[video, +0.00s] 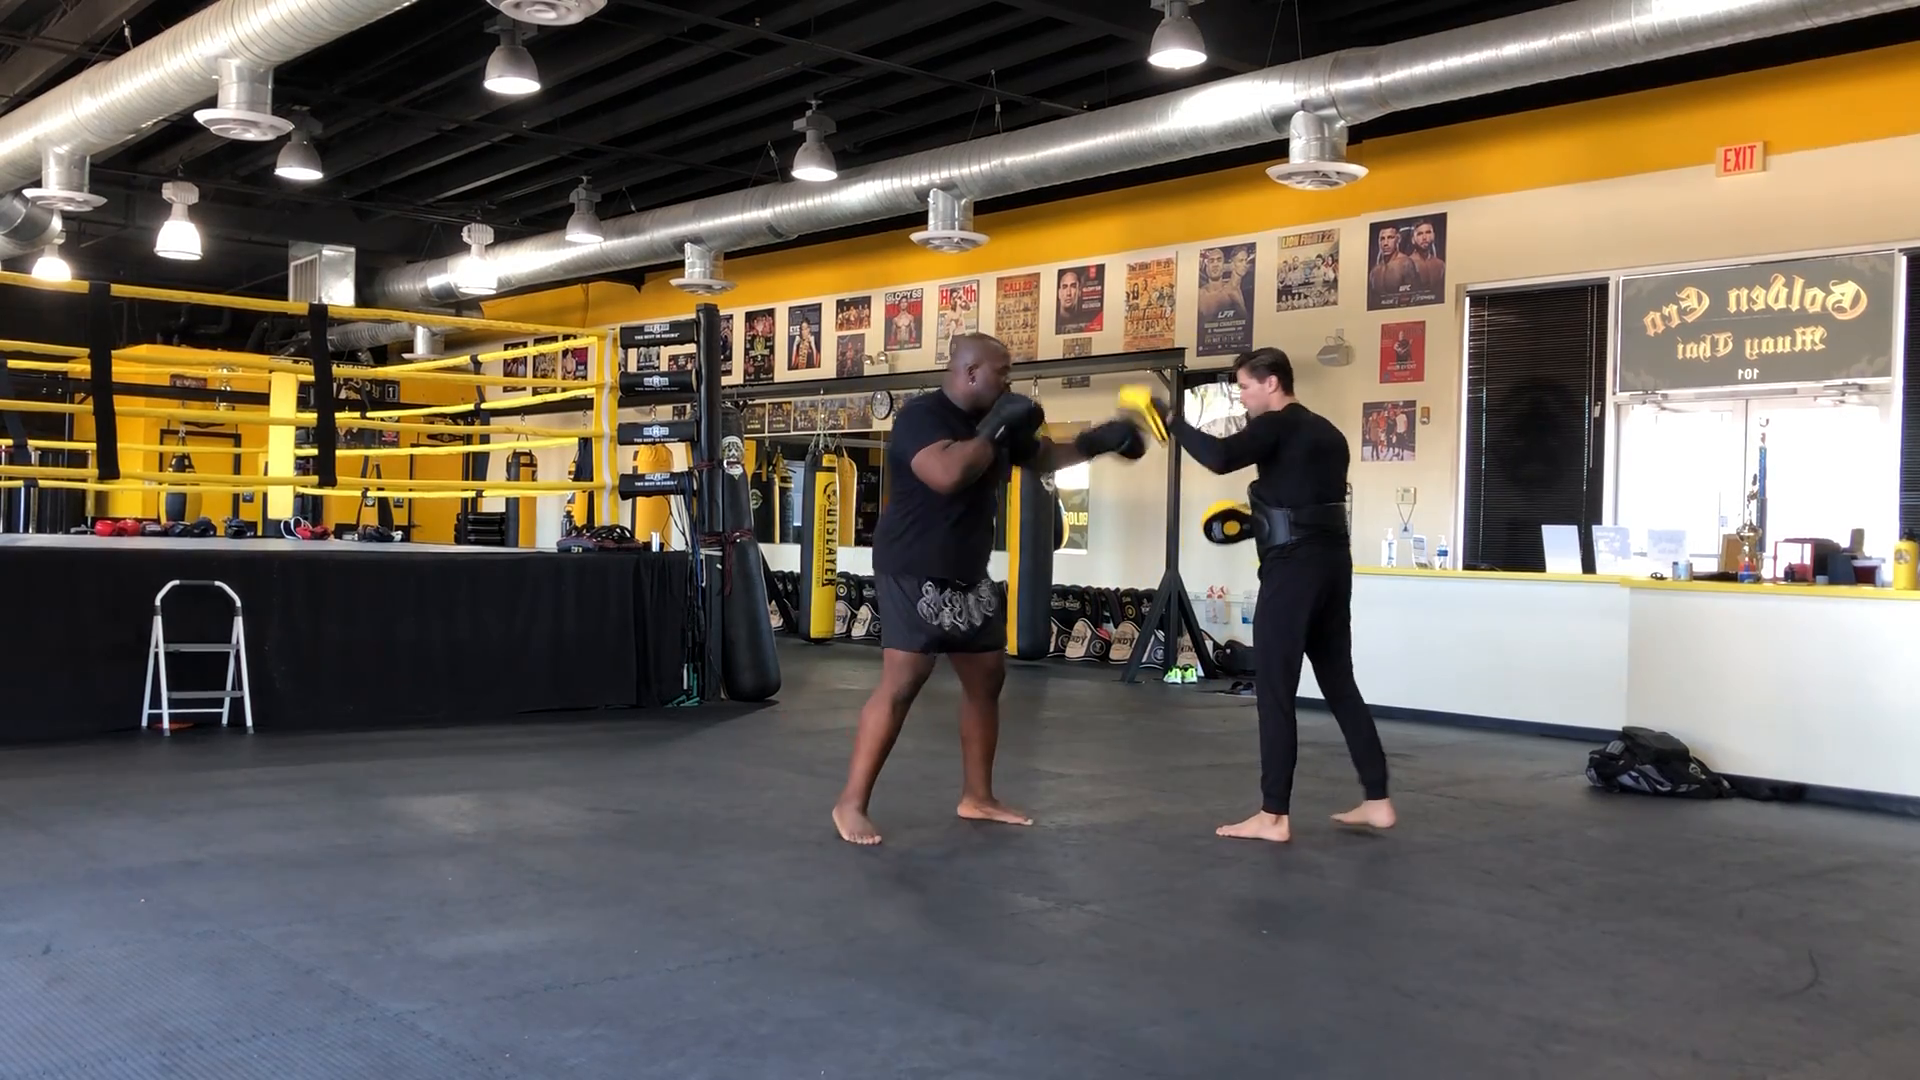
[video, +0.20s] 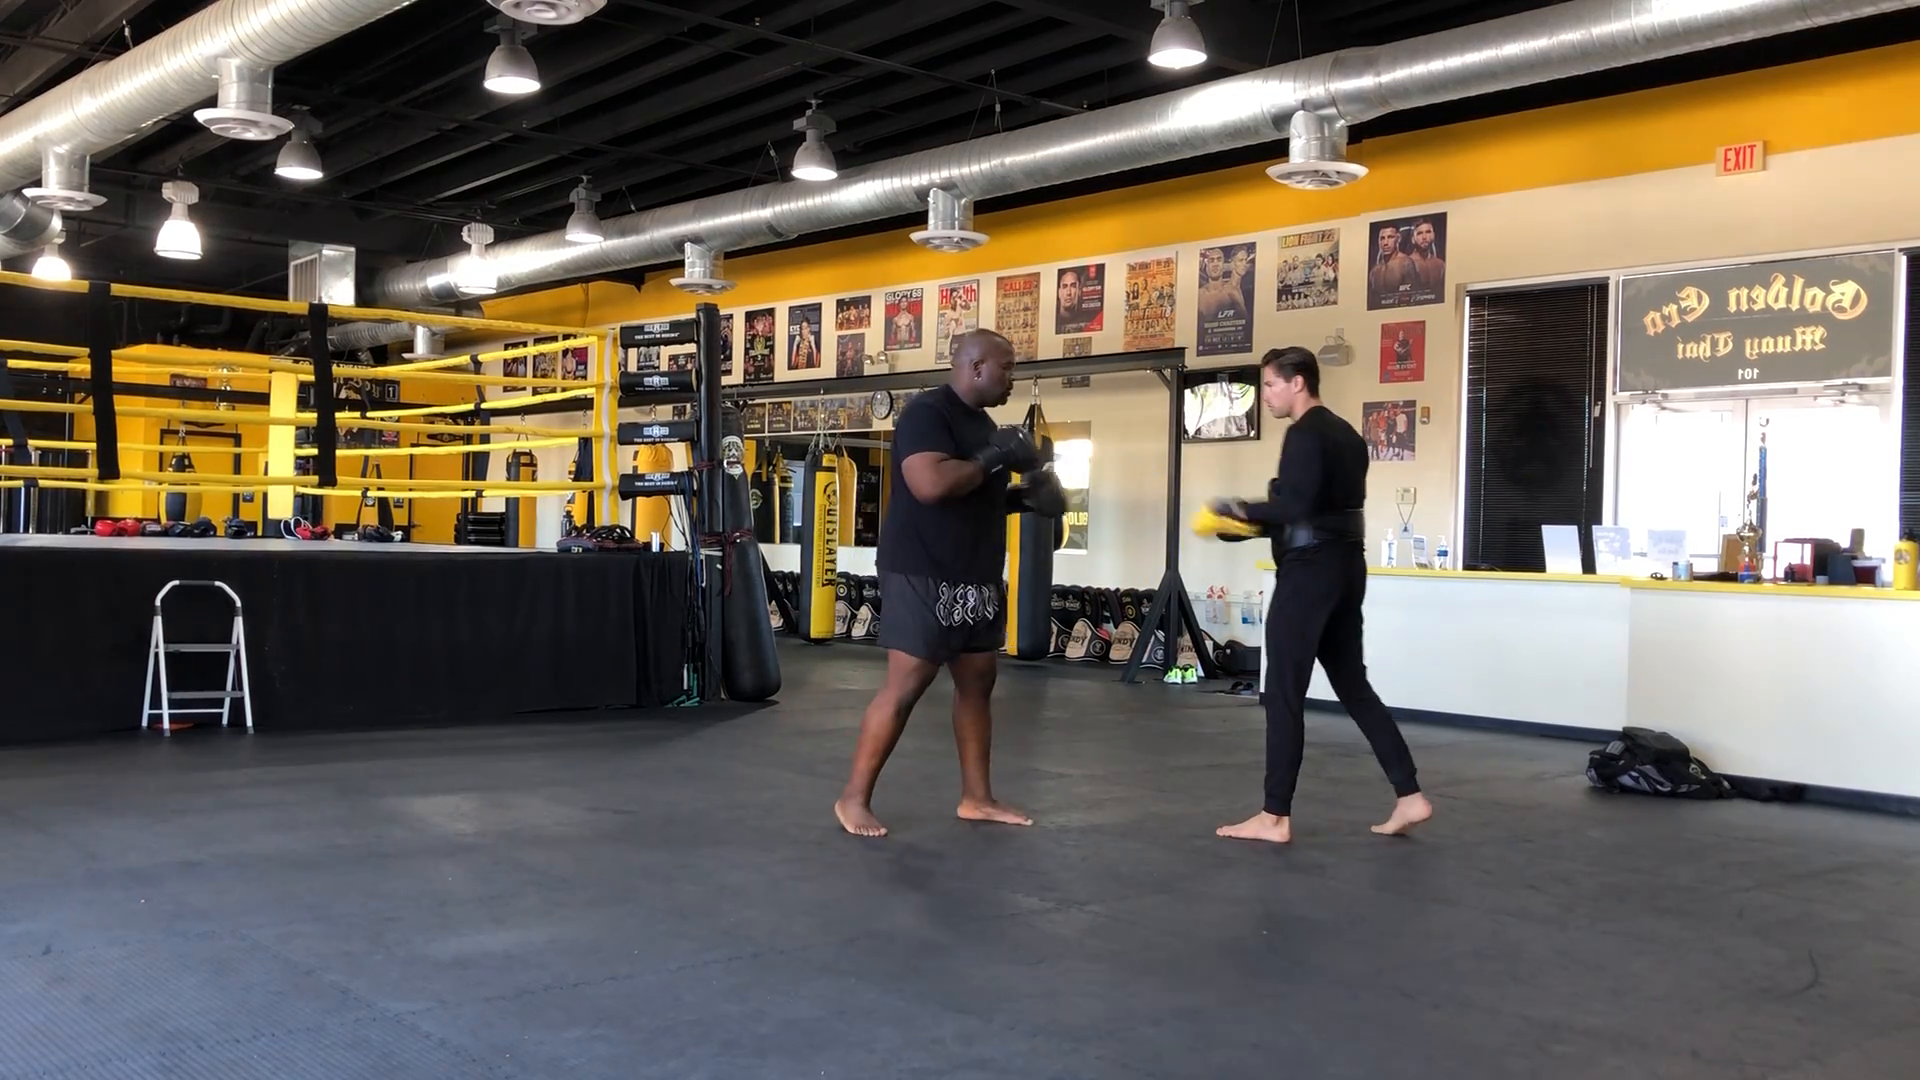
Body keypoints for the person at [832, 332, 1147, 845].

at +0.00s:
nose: (1006, 384)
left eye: (1007, 375)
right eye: (1001, 374)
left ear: (975, 372)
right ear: (968, 372)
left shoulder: (993, 419)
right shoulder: (919, 415)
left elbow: (1042, 456)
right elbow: (945, 473)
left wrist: (1095, 442)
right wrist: (995, 431)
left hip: (968, 574)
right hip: (911, 571)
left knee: (985, 677)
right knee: (902, 678)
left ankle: (978, 796)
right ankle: (850, 805)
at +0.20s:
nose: (1012, 378)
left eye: (1013, 369)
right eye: (1006, 368)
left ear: (979, 367)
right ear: (976, 367)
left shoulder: (987, 429)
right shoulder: (924, 411)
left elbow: (980, 500)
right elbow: (929, 483)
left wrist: (1026, 498)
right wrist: (994, 456)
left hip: (977, 573)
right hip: (920, 571)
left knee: (977, 680)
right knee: (906, 682)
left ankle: (977, 797)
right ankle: (853, 800)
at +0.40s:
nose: (990, 387)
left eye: (991, 378)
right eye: (985, 376)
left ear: (955, 371)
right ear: (956, 372)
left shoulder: (952, 428)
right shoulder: (916, 420)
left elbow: (963, 495)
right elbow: (957, 498)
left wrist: (996, 510)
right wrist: (992, 459)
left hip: (956, 578)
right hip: (909, 578)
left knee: (991, 671)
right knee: (896, 684)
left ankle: (979, 791)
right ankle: (848, 808)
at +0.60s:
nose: (993, 379)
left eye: (992, 370)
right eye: (988, 369)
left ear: (958, 365)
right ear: (958, 365)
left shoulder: (957, 424)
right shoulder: (920, 412)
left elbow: (985, 484)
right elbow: (955, 491)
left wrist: (1002, 463)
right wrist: (994, 456)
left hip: (956, 573)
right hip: (908, 573)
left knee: (972, 678)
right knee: (888, 684)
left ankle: (993, 793)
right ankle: (847, 807)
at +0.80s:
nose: (1012, 384)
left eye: (1011, 373)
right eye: (1006, 373)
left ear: (977, 369)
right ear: (977, 369)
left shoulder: (978, 428)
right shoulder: (935, 416)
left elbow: (985, 485)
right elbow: (955, 491)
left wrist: (1020, 475)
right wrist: (1008, 467)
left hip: (973, 578)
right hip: (923, 579)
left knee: (979, 684)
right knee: (902, 686)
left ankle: (997, 798)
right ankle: (849, 805)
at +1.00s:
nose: (1025, 380)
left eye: (1025, 371)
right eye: (1020, 370)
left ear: (993, 368)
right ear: (990, 366)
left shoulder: (999, 428)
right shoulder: (948, 409)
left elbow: (1021, 495)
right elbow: (976, 475)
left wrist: (1053, 466)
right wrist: (1026, 443)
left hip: (987, 570)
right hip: (939, 565)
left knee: (987, 676)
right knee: (950, 669)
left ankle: (997, 798)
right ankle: (881, 785)